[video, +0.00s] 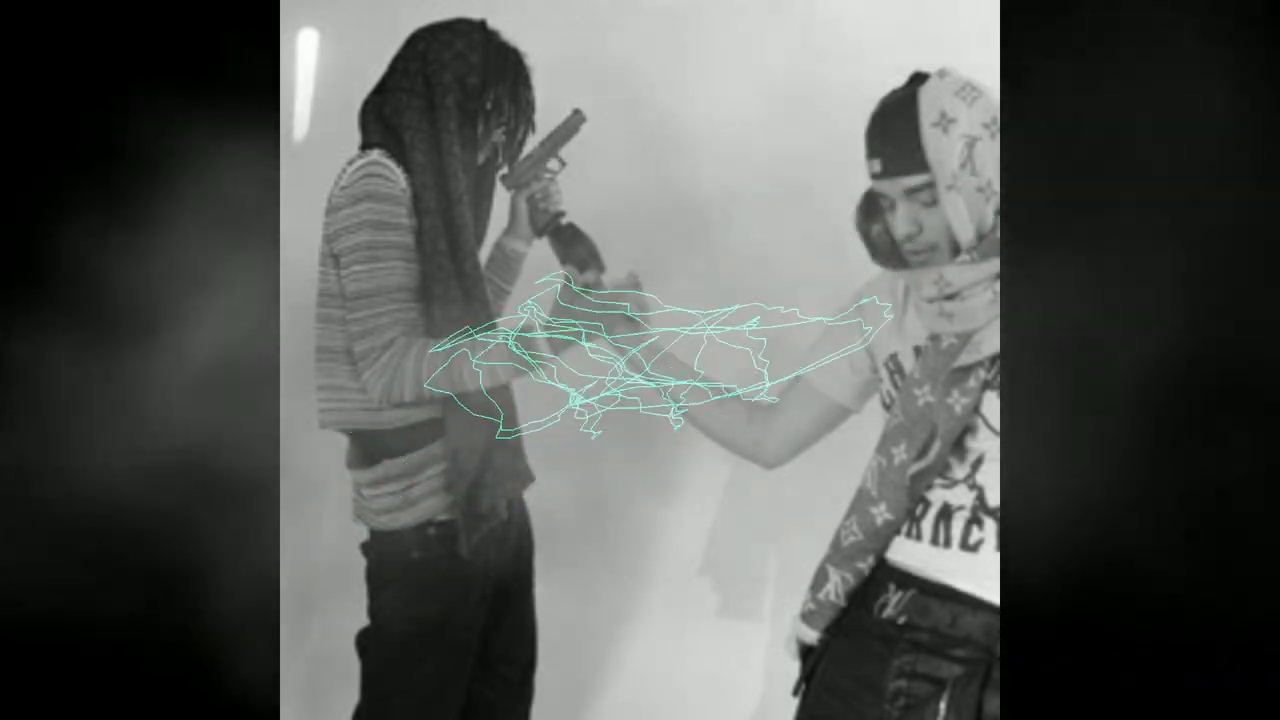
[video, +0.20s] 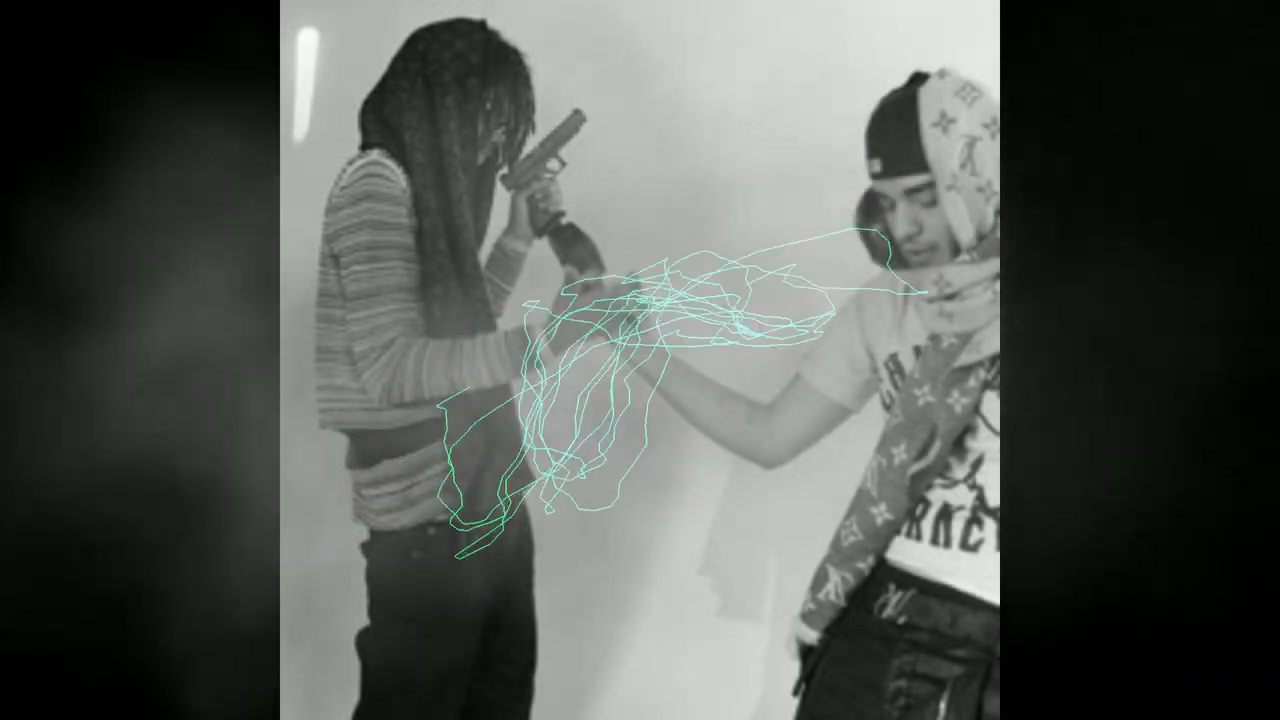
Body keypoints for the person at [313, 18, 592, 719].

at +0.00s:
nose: (499, 148)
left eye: (505, 127)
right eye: (492, 123)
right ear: (449, 108)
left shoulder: (427, 192)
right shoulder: (377, 182)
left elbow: (461, 333)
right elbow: (389, 371)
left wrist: (517, 236)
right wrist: (538, 343)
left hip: (488, 505)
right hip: (425, 522)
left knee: (500, 701)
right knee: (413, 705)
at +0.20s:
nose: (502, 146)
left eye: (509, 125)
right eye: (495, 121)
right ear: (449, 109)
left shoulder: (428, 191)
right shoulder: (377, 183)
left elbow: (461, 332)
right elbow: (389, 369)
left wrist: (517, 235)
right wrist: (548, 339)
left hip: (487, 491)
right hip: (423, 507)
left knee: (499, 695)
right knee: (414, 701)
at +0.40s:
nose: (499, 146)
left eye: (506, 127)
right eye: (494, 122)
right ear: (451, 109)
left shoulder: (423, 191)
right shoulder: (377, 183)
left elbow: (460, 330)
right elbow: (388, 368)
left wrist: (518, 235)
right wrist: (547, 340)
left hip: (483, 500)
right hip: (424, 518)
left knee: (500, 700)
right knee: (412, 705)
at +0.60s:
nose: (499, 146)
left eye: (506, 127)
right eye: (493, 122)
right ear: (449, 110)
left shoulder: (427, 192)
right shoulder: (377, 183)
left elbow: (464, 331)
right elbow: (388, 371)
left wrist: (518, 234)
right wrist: (550, 338)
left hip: (488, 503)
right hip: (423, 521)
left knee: (501, 699)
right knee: (410, 705)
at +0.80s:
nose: (498, 146)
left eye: (506, 127)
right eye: (492, 122)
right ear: (448, 109)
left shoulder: (428, 191)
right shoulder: (377, 184)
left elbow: (463, 331)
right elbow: (388, 370)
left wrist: (518, 234)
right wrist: (547, 339)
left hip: (486, 501)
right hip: (422, 516)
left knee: (502, 699)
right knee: (411, 704)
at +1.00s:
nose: (498, 144)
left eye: (504, 124)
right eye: (490, 120)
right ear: (445, 108)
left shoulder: (429, 191)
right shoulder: (377, 183)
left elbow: (464, 335)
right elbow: (387, 370)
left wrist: (518, 234)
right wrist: (546, 343)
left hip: (488, 495)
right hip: (422, 509)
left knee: (499, 697)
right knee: (413, 702)